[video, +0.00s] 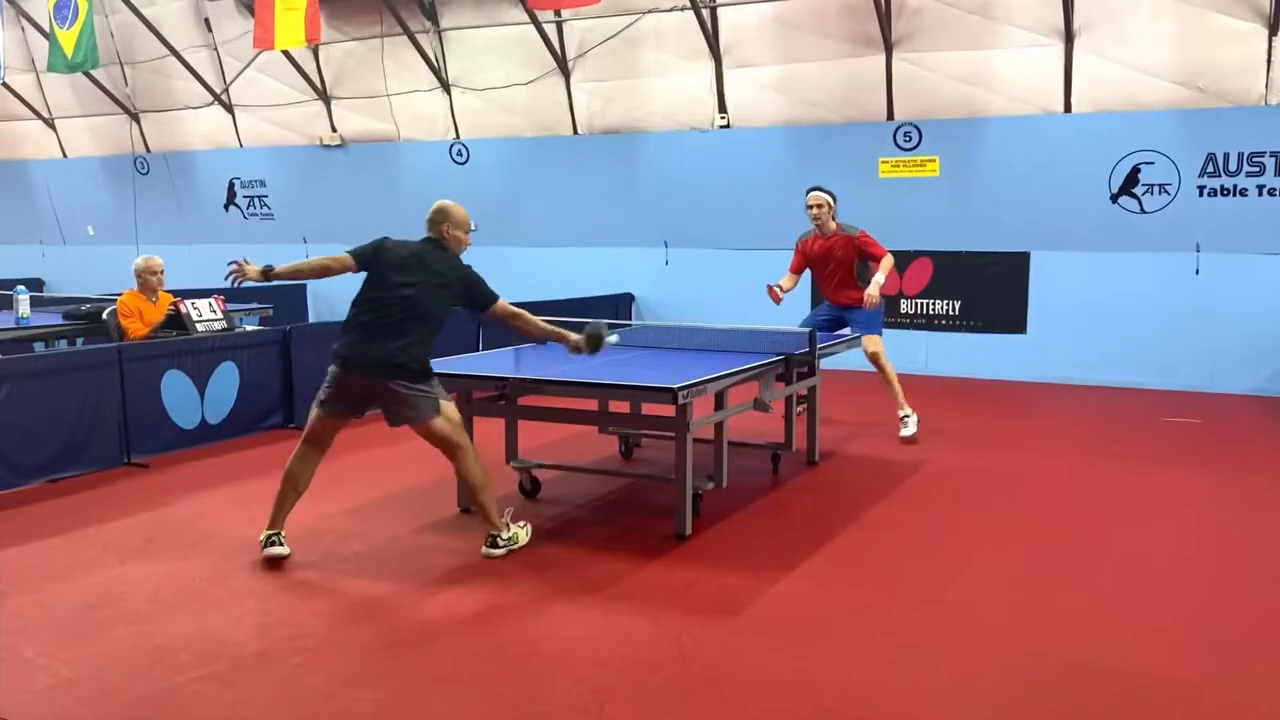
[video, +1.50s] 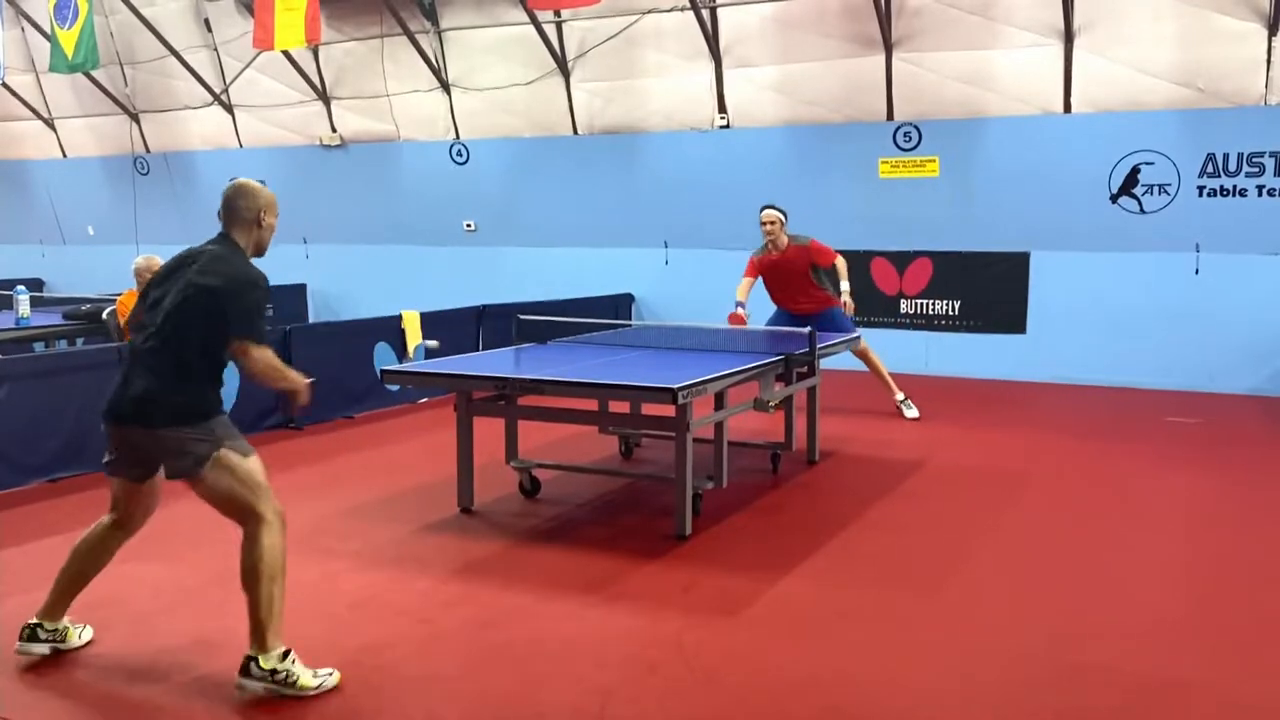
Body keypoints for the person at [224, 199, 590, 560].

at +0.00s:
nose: (470, 238)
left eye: (469, 230)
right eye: (466, 230)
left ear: (431, 229)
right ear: (447, 231)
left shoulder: (385, 249)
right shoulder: (460, 275)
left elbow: (329, 266)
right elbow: (513, 316)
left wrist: (267, 273)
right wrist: (566, 338)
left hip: (350, 364)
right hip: (405, 372)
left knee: (312, 443)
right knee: (460, 447)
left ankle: (273, 533)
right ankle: (498, 531)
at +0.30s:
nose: (463, 249)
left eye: (462, 243)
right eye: (461, 243)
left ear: (425, 245)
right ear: (445, 245)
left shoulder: (384, 273)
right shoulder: (461, 290)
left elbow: (329, 299)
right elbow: (506, 328)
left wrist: (287, 317)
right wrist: (557, 330)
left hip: (368, 392)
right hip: (427, 399)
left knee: (319, 456)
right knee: (478, 442)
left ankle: (288, 541)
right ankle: (500, 530)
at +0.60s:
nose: (410, 228)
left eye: (410, 220)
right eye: (407, 220)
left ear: (370, 217)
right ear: (389, 219)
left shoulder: (323, 246)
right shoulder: (386, 267)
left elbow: (276, 279)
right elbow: (389, 330)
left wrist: (307, 313)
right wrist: (441, 357)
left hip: (285, 371)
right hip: (335, 378)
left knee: (277, 451)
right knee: (400, 455)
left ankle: (229, 540)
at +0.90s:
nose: (380, 241)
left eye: (378, 232)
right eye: (374, 232)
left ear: (341, 235)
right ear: (349, 236)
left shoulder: (295, 267)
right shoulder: (355, 291)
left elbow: (248, 303)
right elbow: (413, 333)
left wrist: (266, 339)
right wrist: (471, 301)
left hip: (246, 401)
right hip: (291, 407)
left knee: (237, 477)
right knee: (383, 465)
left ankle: (188, 556)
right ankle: (379, 577)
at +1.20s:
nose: (318, 229)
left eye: (316, 221)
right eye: (316, 221)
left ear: (270, 226)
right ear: (303, 226)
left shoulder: (229, 275)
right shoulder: (317, 283)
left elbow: (189, 330)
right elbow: (378, 329)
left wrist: (237, 330)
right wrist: (412, 291)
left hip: (220, 428)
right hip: (290, 429)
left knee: (177, 515)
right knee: (354, 492)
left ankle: (119, 606)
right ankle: (370, 603)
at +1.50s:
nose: (275, 228)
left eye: (274, 219)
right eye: (274, 220)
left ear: (225, 219)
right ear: (260, 222)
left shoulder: (177, 264)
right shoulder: (244, 276)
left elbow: (137, 329)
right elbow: (248, 353)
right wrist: (293, 382)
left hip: (127, 412)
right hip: (185, 414)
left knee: (124, 517)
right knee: (264, 516)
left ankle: (45, 623)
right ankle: (267, 656)